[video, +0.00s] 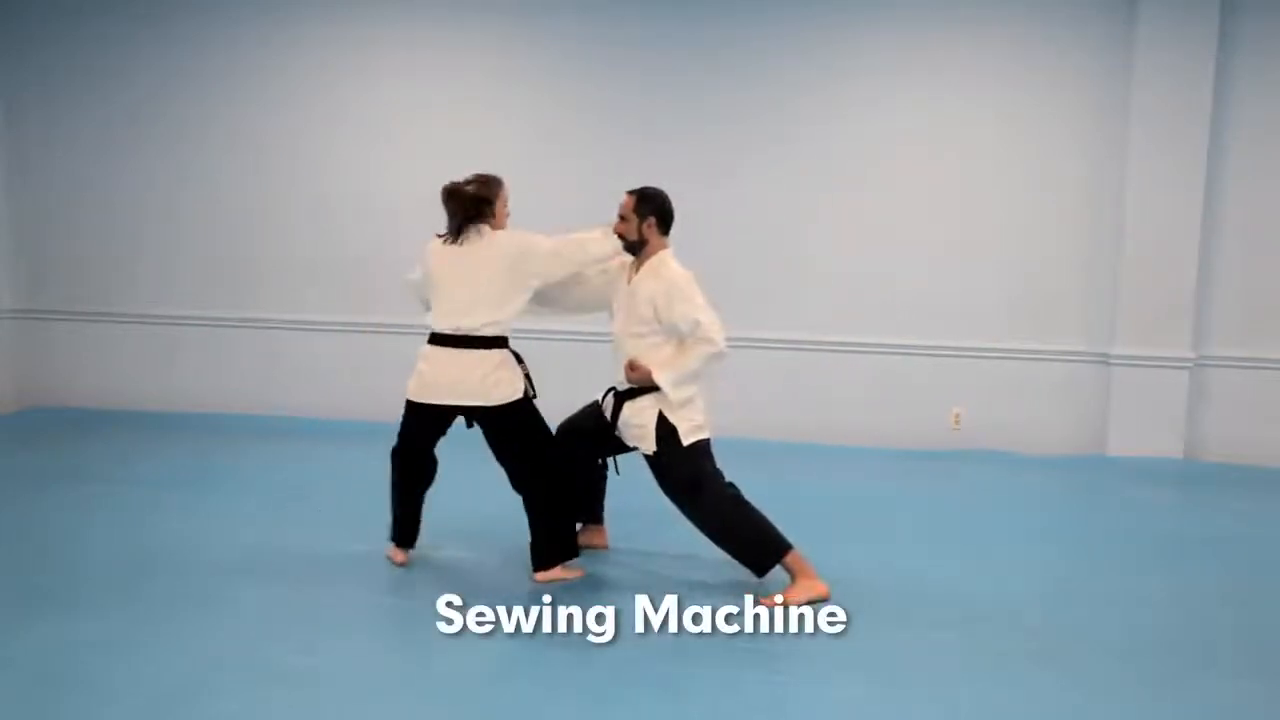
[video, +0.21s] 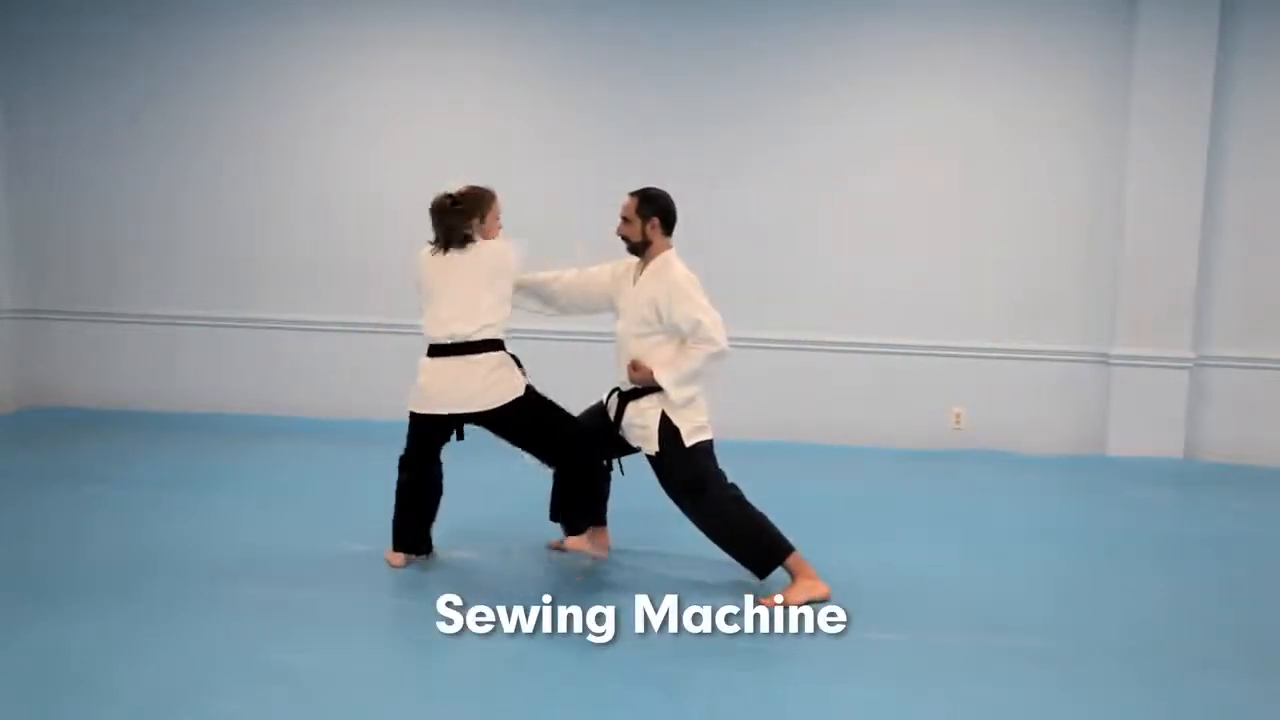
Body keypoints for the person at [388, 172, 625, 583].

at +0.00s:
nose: (509, 212)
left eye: (507, 204)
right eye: (505, 206)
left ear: (463, 210)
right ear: (491, 210)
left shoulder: (437, 250)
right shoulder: (515, 248)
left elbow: (421, 289)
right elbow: (571, 252)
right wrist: (617, 236)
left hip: (435, 376)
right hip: (492, 378)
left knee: (410, 454)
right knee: (538, 465)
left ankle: (400, 544)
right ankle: (549, 562)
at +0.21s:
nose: (500, 226)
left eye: (499, 218)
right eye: (496, 219)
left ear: (453, 223)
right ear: (478, 224)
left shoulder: (427, 259)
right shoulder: (501, 253)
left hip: (435, 388)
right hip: (491, 386)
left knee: (417, 462)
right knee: (574, 442)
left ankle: (403, 549)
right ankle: (579, 533)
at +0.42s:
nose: (523, 232)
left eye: (521, 225)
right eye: (520, 225)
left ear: (483, 233)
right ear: (512, 230)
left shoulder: (464, 272)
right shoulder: (527, 264)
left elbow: (445, 318)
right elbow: (525, 303)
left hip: (475, 399)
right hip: (531, 398)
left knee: (433, 466)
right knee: (601, 457)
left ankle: (401, 549)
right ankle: (648, 551)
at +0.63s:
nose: (590, 213)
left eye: (586, 206)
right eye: (585, 207)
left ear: (551, 222)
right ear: (574, 217)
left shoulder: (533, 268)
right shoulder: (613, 257)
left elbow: (481, 306)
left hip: (534, 385)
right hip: (591, 386)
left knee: (489, 465)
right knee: (635, 466)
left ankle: (434, 546)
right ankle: (659, 562)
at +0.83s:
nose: (610, 206)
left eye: (607, 199)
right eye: (606, 201)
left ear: (569, 210)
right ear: (593, 207)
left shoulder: (545, 253)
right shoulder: (626, 248)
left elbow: (499, 293)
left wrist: (483, 285)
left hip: (545, 373)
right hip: (603, 376)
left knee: (516, 458)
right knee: (637, 464)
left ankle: (479, 548)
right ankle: (659, 560)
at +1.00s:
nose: (611, 209)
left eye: (609, 202)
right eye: (607, 203)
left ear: (568, 210)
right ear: (592, 207)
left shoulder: (538, 251)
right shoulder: (620, 243)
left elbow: (489, 293)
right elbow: (662, 243)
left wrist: (537, 310)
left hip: (537, 373)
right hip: (595, 378)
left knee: (511, 457)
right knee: (631, 461)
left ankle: (479, 550)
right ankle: (650, 557)